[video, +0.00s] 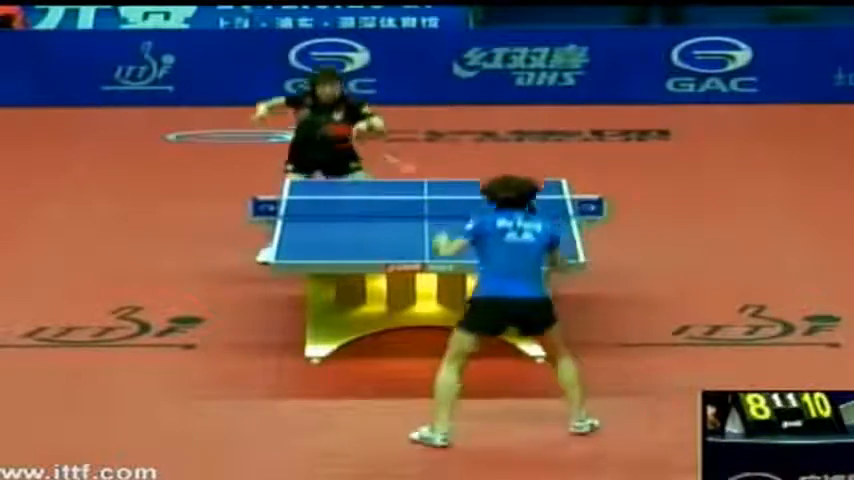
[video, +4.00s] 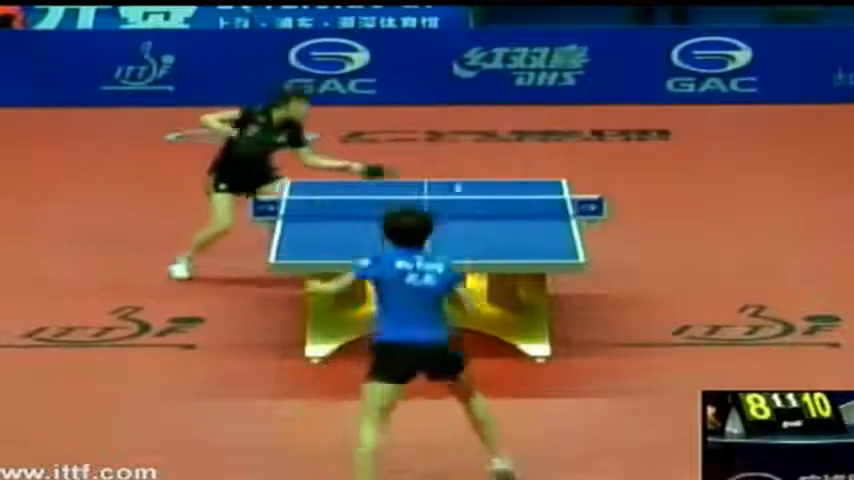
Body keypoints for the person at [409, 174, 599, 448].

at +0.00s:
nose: (487, 203)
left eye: (489, 199)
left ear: (494, 201)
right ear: (528, 201)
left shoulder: (484, 223)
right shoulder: (544, 226)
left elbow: (450, 251)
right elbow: (554, 262)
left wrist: (442, 244)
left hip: (489, 300)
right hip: (532, 300)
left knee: (453, 360)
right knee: (560, 355)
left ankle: (439, 429)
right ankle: (579, 417)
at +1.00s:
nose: (491, 194)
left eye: (494, 190)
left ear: (499, 191)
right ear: (528, 193)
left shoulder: (491, 208)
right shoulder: (540, 220)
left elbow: (452, 219)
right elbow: (539, 252)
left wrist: (428, 204)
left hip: (492, 285)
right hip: (532, 287)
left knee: (453, 352)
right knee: (545, 345)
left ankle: (438, 422)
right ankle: (563, 406)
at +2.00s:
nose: (553, 217)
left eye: (557, 216)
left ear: (555, 222)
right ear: (574, 238)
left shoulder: (531, 229)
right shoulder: (565, 261)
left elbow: (498, 211)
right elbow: (561, 281)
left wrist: (472, 186)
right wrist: (593, 275)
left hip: (496, 296)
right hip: (530, 308)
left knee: (445, 362)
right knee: (537, 339)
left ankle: (456, 416)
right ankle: (539, 393)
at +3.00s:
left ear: (499, 231)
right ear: (535, 234)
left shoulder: (477, 256)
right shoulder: (538, 262)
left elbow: (446, 293)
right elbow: (564, 293)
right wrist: (559, 266)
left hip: (469, 342)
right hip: (515, 345)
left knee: (427, 393)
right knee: (567, 391)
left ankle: (403, 459)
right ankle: (599, 460)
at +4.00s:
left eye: (389, 233)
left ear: (389, 236)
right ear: (425, 236)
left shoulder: (379, 263)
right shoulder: (441, 268)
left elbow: (337, 287)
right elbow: (471, 308)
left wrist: (317, 287)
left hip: (394, 348)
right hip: (435, 347)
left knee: (372, 418)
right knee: (470, 397)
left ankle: (366, 472)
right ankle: (498, 458)